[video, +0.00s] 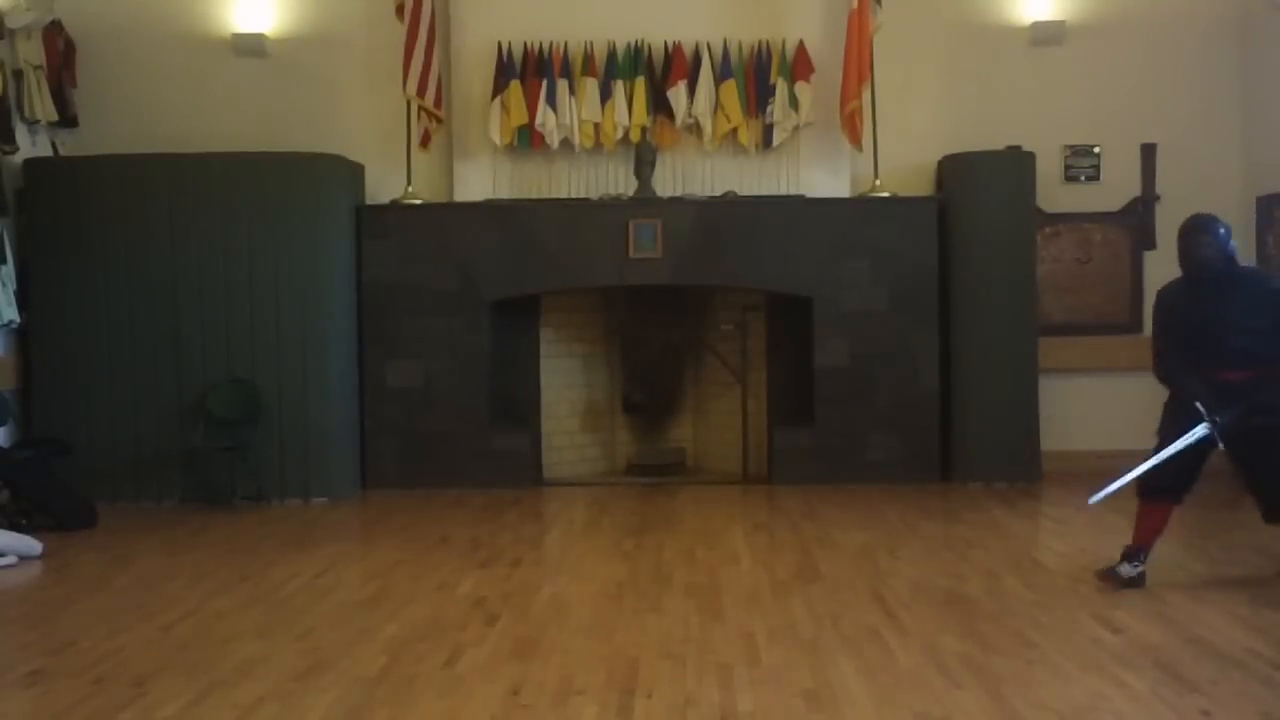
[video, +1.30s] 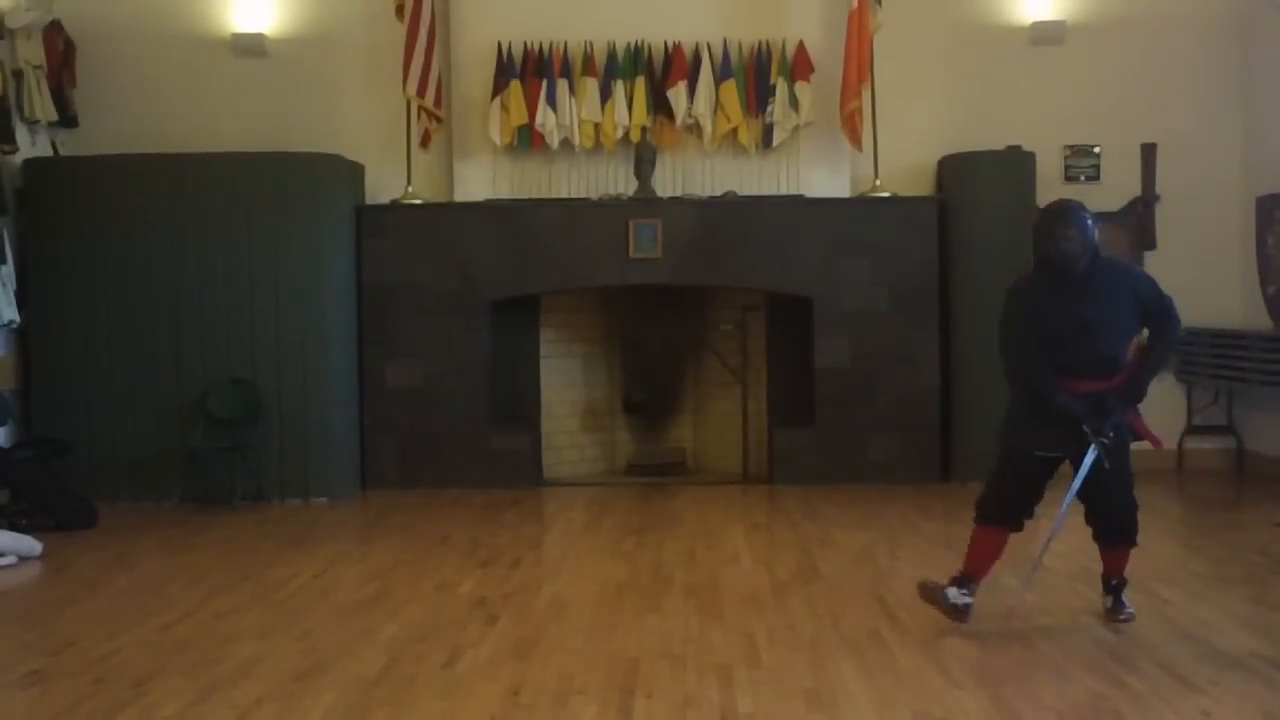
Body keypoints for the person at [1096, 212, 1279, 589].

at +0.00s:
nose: (1198, 255)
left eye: (1207, 246)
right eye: (1190, 247)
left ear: (1227, 247)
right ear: (1180, 252)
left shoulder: (1259, 290)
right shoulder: (1171, 298)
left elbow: (1273, 356)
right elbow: (1165, 363)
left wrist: (1246, 401)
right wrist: (1198, 396)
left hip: (1256, 398)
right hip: (1195, 396)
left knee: (1273, 486)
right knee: (1164, 473)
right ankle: (1134, 560)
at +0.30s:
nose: (1137, 250)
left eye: (1144, 240)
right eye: (1129, 242)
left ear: (1161, 240)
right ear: (1116, 246)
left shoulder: (1192, 276)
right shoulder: (1107, 294)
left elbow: (1245, 316)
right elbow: (1108, 363)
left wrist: (1210, 371)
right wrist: (1153, 395)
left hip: (1196, 389)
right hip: (1135, 393)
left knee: (1223, 471)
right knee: (1117, 476)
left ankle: (1254, 536)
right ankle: (1129, 564)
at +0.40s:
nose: (1124, 249)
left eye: (1131, 239)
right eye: (1115, 241)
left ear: (1147, 239)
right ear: (1103, 246)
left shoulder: (1179, 274)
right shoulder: (1093, 294)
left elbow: (1237, 306)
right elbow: (1096, 361)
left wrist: (1203, 367)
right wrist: (1147, 390)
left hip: (1180, 391)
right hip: (1121, 394)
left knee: (1204, 478)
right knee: (1108, 486)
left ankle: (1215, 547)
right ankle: (1128, 566)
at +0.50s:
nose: (1116, 250)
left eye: (1123, 240)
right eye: (1107, 242)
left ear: (1140, 239)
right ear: (1095, 246)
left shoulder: (1171, 274)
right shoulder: (1083, 293)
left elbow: (1228, 300)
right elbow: (1086, 362)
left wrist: (1193, 365)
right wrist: (1142, 389)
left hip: (1168, 398)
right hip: (1109, 401)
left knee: (1180, 487)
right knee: (1105, 490)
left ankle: (1174, 569)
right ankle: (1127, 566)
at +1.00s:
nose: (1092, 244)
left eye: (1102, 235)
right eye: (1084, 235)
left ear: (1124, 235)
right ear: (1073, 236)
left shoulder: (1155, 275)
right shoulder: (1059, 284)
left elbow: (1201, 314)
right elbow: (1049, 357)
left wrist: (1172, 372)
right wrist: (1105, 398)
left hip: (1129, 404)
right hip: (1068, 401)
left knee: (1123, 500)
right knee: (1042, 493)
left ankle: (1119, 587)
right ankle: (1076, 549)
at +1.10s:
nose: (1082, 244)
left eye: (1091, 235)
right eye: (1074, 235)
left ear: (1114, 234)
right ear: (1064, 237)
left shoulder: (1147, 274)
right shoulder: (1050, 285)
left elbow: (1192, 315)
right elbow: (1043, 358)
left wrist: (1163, 371)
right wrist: (1098, 400)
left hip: (1124, 399)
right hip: (1062, 395)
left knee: (1118, 498)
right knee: (1026, 489)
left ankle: (1116, 588)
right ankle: (1039, 571)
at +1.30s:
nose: (1065, 248)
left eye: (1073, 238)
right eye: (1055, 240)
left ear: (1091, 237)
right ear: (1040, 243)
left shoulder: (1123, 282)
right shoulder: (1026, 294)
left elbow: (1167, 323)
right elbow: (1021, 369)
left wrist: (1136, 382)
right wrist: (1080, 412)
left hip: (1104, 411)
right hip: (1041, 409)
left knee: (1115, 510)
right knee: (1005, 495)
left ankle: (1115, 592)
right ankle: (963, 589)